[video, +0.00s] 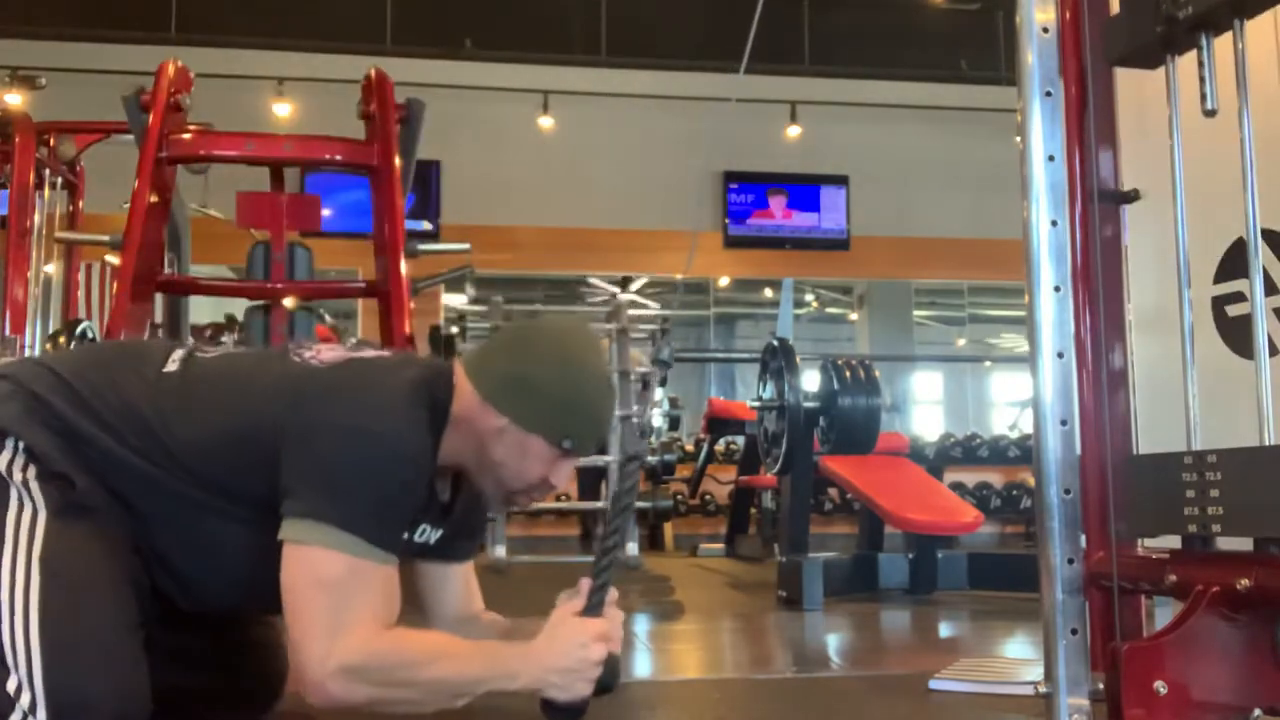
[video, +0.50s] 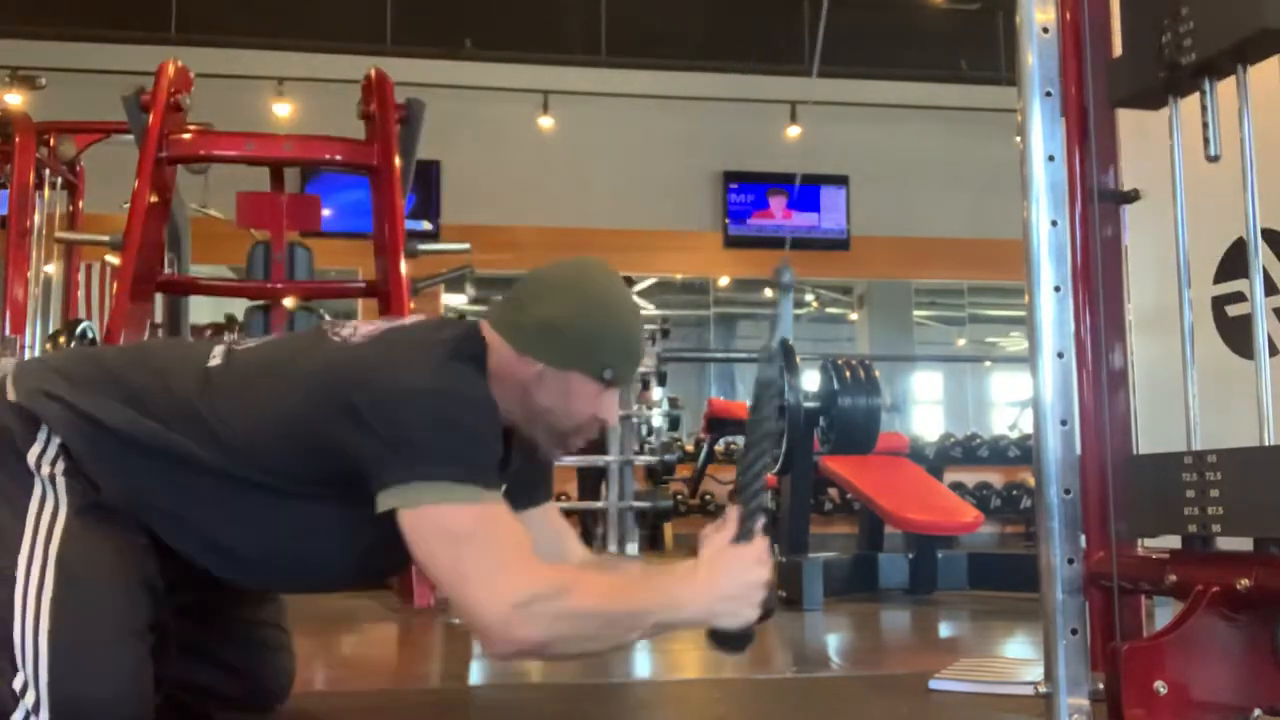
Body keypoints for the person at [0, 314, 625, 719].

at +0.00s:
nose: (564, 482)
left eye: (577, 461)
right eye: (563, 451)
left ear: (506, 417)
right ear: (505, 415)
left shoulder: (458, 464)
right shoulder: (369, 427)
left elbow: (455, 625)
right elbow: (336, 667)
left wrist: (549, 646)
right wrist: (528, 662)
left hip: (168, 500)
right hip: (46, 449)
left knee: (238, 685)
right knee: (82, 703)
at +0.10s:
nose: (571, 479)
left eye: (583, 459)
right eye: (570, 450)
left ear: (517, 422)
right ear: (513, 419)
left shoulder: (469, 465)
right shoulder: (377, 430)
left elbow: (465, 625)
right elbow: (351, 672)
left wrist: (560, 647)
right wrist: (540, 661)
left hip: (167, 498)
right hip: (49, 448)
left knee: (241, 681)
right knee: (83, 703)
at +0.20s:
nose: (580, 471)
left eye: (592, 450)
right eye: (579, 443)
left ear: (521, 416)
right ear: (523, 415)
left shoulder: (475, 459)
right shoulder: (383, 429)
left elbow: (482, 622)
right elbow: (376, 671)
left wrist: (587, 650)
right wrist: (570, 657)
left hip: (165, 497)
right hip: (50, 450)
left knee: (240, 676)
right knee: (81, 697)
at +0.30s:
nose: (586, 459)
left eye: (598, 437)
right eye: (585, 431)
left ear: (531, 408)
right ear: (530, 404)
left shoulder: (484, 447)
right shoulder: (395, 418)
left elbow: (506, 612)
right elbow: (415, 664)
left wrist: (617, 643)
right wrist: (606, 647)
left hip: (162, 491)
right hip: (53, 445)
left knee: (245, 671)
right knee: (80, 697)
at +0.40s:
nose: (600, 440)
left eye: (610, 416)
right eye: (595, 410)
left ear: (543, 395)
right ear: (528, 384)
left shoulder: (496, 441)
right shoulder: (410, 410)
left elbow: (534, 594)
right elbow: (460, 643)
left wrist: (654, 628)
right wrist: (649, 627)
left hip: (170, 497)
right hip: (55, 450)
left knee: (247, 677)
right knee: (80, 697)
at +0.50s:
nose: (616, 416)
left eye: (624, 393)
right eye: (608, 387)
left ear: (545, 367)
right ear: (541, 364)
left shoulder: (505, 428)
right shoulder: (429, 391)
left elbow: (563, 581)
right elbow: (508, 616)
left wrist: (689, 586)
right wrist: (687, 594)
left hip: (198, 499)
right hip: (71, 446)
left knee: (246, 682)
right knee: (83, 696)